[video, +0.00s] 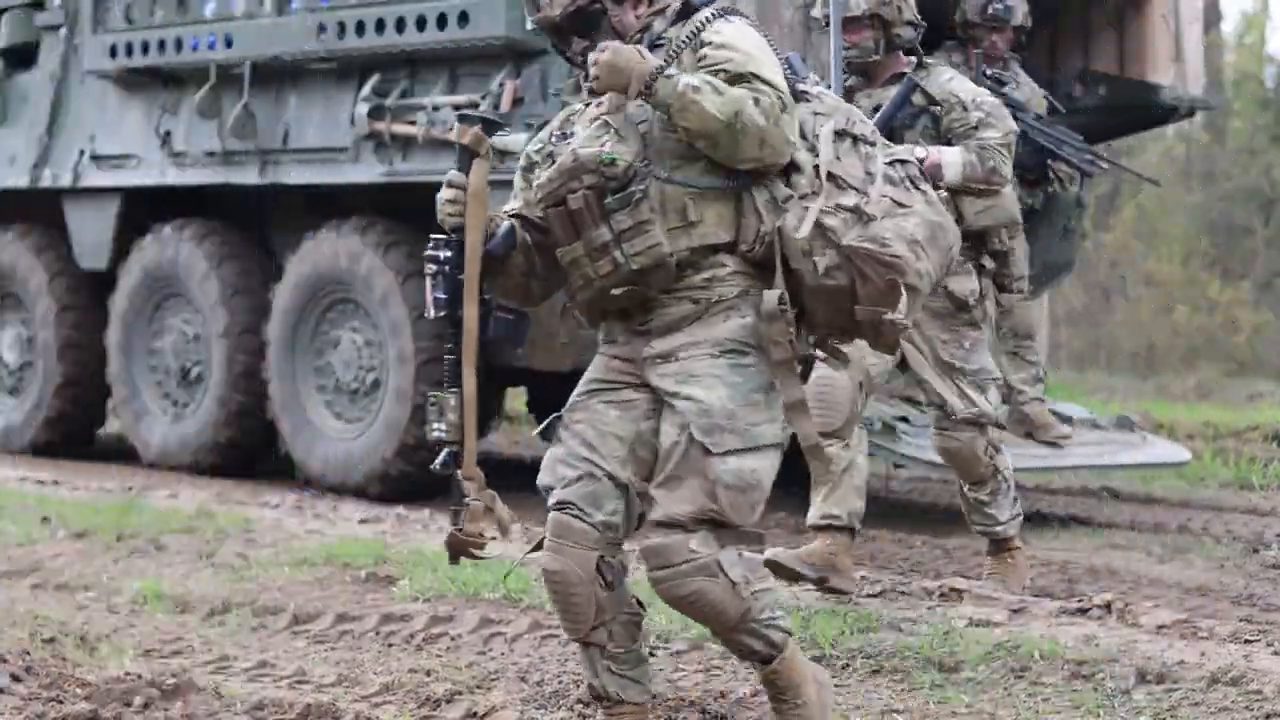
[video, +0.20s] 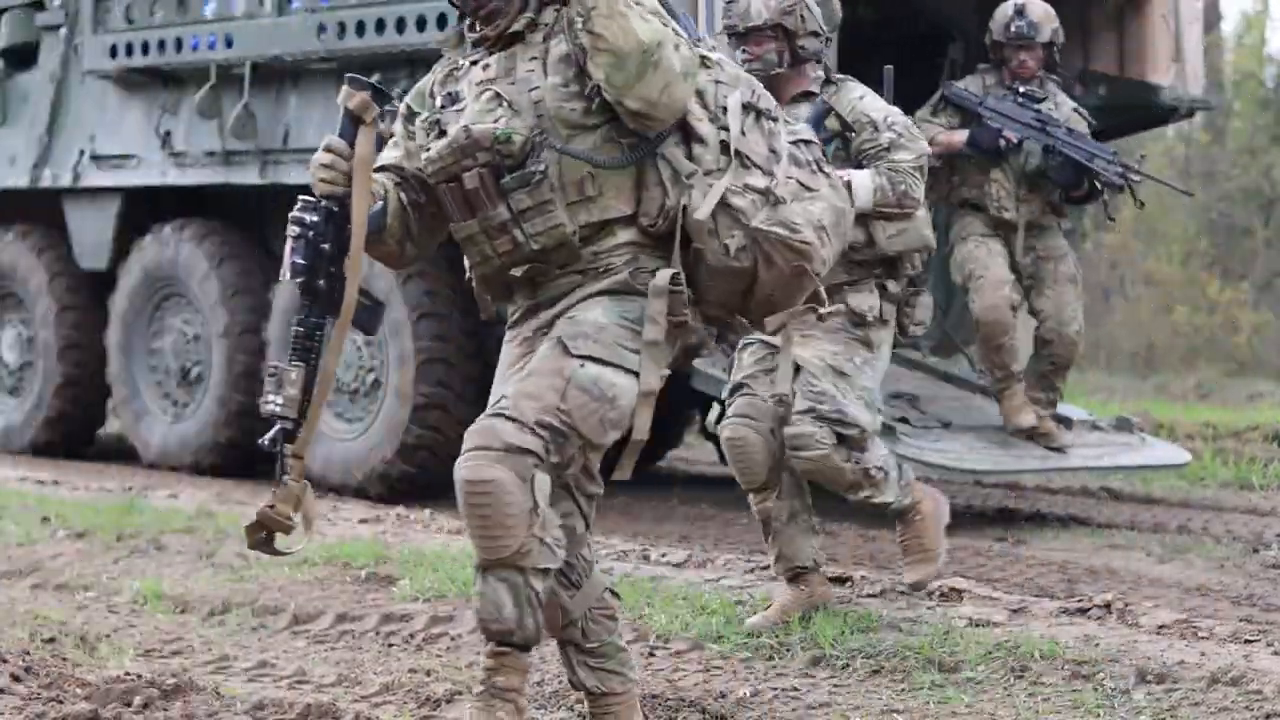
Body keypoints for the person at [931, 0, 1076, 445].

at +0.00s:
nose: (997, 40)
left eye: (1005, 32)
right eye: (989, 30)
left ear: (1016, 35)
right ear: (968, 29)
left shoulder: (1026, 89)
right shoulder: (939, 73)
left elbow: (1064, 159)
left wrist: (1050, 175)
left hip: (1007, 211)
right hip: (944, 205)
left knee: (1019, 305)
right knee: (943, 306)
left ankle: (1026, 401)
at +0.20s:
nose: (1023, 58)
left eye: (1032, 49)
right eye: (1014, 49)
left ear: (1049, 51)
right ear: (998, 50)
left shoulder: (1065, 109)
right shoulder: (970, 91)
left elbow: (1078, 192)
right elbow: (913, 132)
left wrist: (1081, 187)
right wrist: (967, 138)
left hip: (1041, 226)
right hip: (978, 221)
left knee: (1065, 324)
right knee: (994, 307)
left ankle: (1041, 410)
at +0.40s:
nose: (1028, 82)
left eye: (1038, 72)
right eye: (1019, 73)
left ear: (1058, 74)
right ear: (1005, 75)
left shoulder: (1088, 133)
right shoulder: (981, 125)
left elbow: (1117, 206)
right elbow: (929, 176)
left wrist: (1102, 217)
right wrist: (981, 162)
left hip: (1077, 265)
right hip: (1015, 266)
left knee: (1091, 376)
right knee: (1034, 387)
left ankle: (1037, 399)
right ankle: (1062, 496)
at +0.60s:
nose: (1023, 122)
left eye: (1033, 111)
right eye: (1017, 113)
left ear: (1060, 113)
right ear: (1012, 117)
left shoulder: (1104, 173)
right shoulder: (1002, 174)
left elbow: (1142, 265)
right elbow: (944, 230)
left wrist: (1117, 247)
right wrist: (993, 213)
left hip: (1101, 313)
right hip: (1032, 318)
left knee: (1118, 405)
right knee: (1044, 449)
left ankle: (1106, 459)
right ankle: (1074, 519)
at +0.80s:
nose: (1041, 112)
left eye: (1052, 101)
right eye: (1034, 102)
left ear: (1078, 105)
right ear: (1025, 106)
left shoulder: (1117, 174)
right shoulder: (1006, 165)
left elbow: (1150, 270)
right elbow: (948, 220)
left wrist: (1125, 273)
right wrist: (995, 209)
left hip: (1103, 325)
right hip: (1036, 329)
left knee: (1111, 445)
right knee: (1047, 456)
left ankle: (1117, 554)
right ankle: (1072, 505)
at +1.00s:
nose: (1022, 94)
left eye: (1034, 83)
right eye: (1017, 84)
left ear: (1064, 87)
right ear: (1011, 89)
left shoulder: (1105, 158)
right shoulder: (999, 150)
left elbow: (1134, 256)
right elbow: (933, 211)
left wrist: (1093, 260)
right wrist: (976, 196)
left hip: (1085, 319)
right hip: (1015, 317)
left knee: (1101, 447)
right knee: (1004, 427)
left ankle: (1119, 553)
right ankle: (1058, 515)